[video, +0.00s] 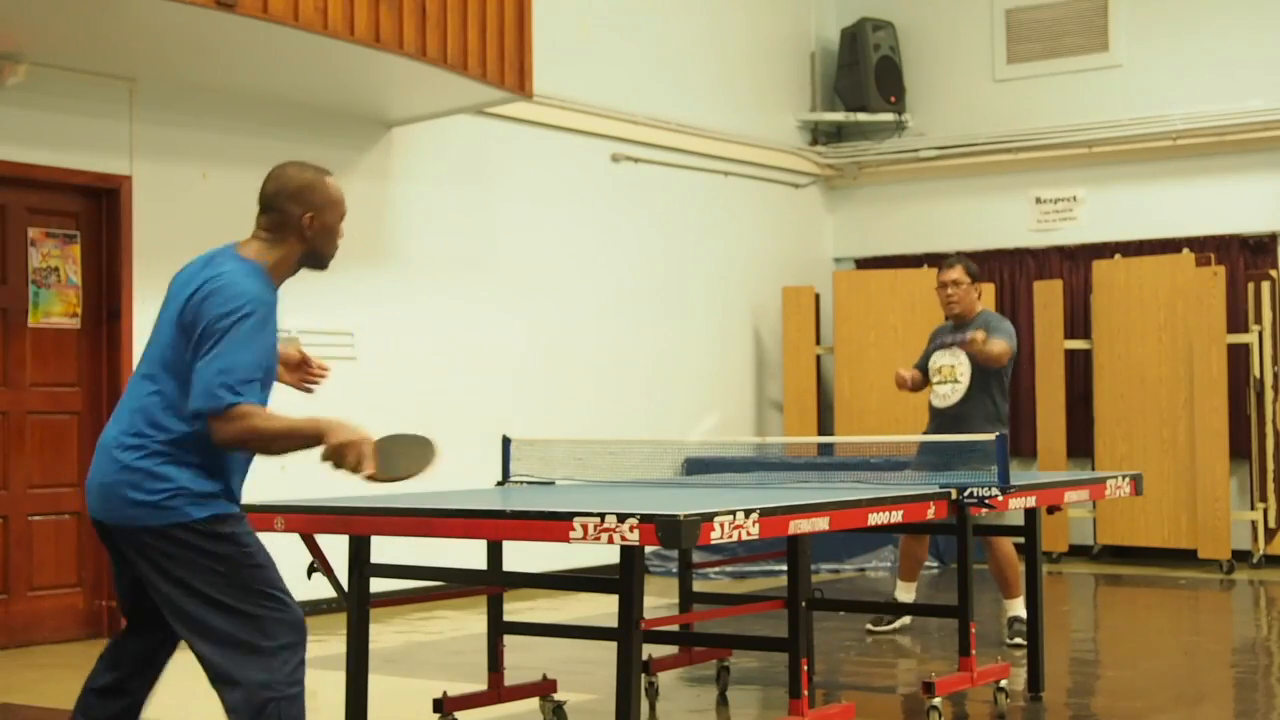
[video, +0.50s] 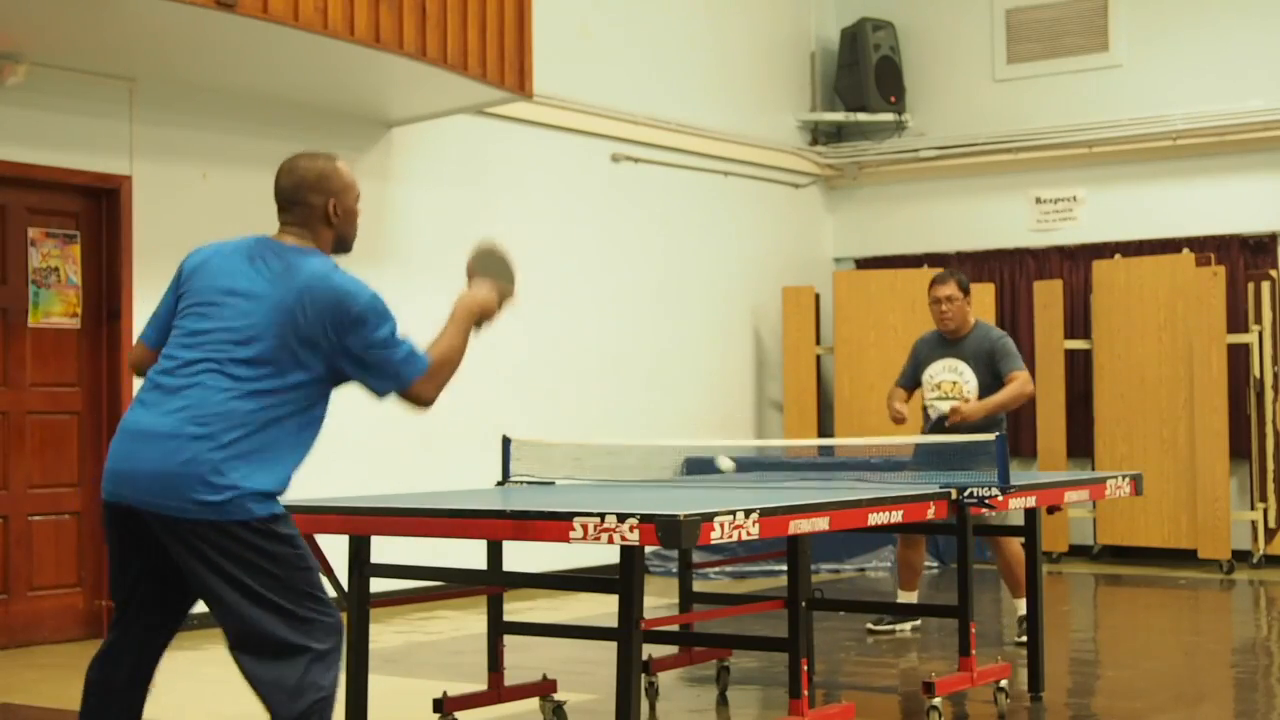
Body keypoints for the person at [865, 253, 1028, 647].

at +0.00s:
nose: (947, 293)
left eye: (955, 285)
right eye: (942, 287)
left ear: (976, 288)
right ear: (937, 292)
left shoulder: (996, 325)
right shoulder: (940, 334)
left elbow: (1000, 354)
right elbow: (923, 374)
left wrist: (979, 349)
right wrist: (909, 378)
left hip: (982, 444)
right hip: (937, 444)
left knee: (993, 527)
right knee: (915, 519)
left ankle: (1017, 614)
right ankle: (902, 604)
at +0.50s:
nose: (943, 309)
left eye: (950, 301)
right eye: (936, 302)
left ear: (968, 302)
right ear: (929, 306)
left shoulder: (994, 341)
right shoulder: (925, 346)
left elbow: (1024, 386)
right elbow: (900, 390)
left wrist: (978, 408)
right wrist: (897, 405)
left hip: (981, 453)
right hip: (932, 453)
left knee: (998, 529)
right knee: (910, 524)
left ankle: (1026, 613)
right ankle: (906, 610)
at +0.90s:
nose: (925, 307)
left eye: (932, 298)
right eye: (920, 301)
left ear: (955, 301)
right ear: (917, 307)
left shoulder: (983, 344)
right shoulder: (925, 346)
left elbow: (987, 403)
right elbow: (910, 392)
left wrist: (945, 442)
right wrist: (891, 393)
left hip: (980, 457)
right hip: (935, 455)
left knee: (998, 531)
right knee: (909, 520)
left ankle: (1025, 614)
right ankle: (910, 610)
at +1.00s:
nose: (910, 307)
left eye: (918, 299)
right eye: (905, 301)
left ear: (942, 300)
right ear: (903, 306)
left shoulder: (968, 341)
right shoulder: (913, 346)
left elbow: (967, 401)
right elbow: (889, 391)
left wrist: (931, 444)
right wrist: (875, 367)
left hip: (970, 452)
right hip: (925, 453)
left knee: (991, 531)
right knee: (903, 524)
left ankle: (1024, 614)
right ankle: (909, 611)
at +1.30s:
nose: (870, 298)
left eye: (876, 290)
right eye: (866, 293)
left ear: (901, 288)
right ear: (866, 297)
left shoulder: (929, 325)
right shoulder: (876, 335)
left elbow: (940, 382)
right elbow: (838, 367)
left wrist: (920, 435)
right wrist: (843, 325)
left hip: (933, 438)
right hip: (890, 441)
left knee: (939, 519)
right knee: (897, 523)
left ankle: (966, 603)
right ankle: (908, 610)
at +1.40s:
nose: (860, 298)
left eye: (867, 290)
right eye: (856, 293)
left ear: (889, 289)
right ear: (854, 297)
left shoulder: (919, 324)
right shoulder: (865, 340)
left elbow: (936, 379)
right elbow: (829, 376)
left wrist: (917, 433)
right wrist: (833, 330)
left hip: (920, 441)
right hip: (884, 444)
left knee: (918, 521)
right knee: (897, 523)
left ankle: (924, 612)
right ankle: (906, 608)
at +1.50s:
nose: (853, 299)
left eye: (859, 291)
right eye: (848, 294)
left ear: (882, 290)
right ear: (846, 298)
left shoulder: (911, 325)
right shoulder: (855, 342)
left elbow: (926, 382)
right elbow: (831, 388)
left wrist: (920, 437)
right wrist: (823, 350)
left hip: (907, 442)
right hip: (873, 445)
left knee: (899, 520)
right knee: (896, 521)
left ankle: (883, 605)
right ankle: (910, 608)